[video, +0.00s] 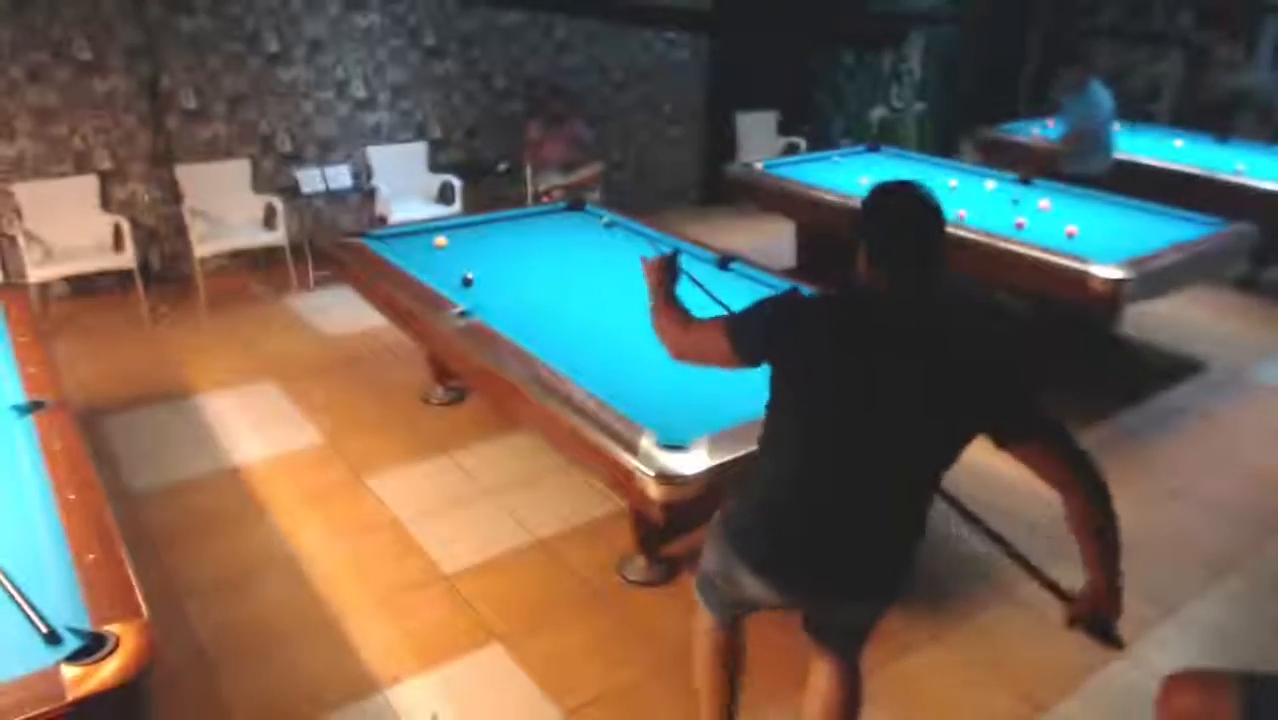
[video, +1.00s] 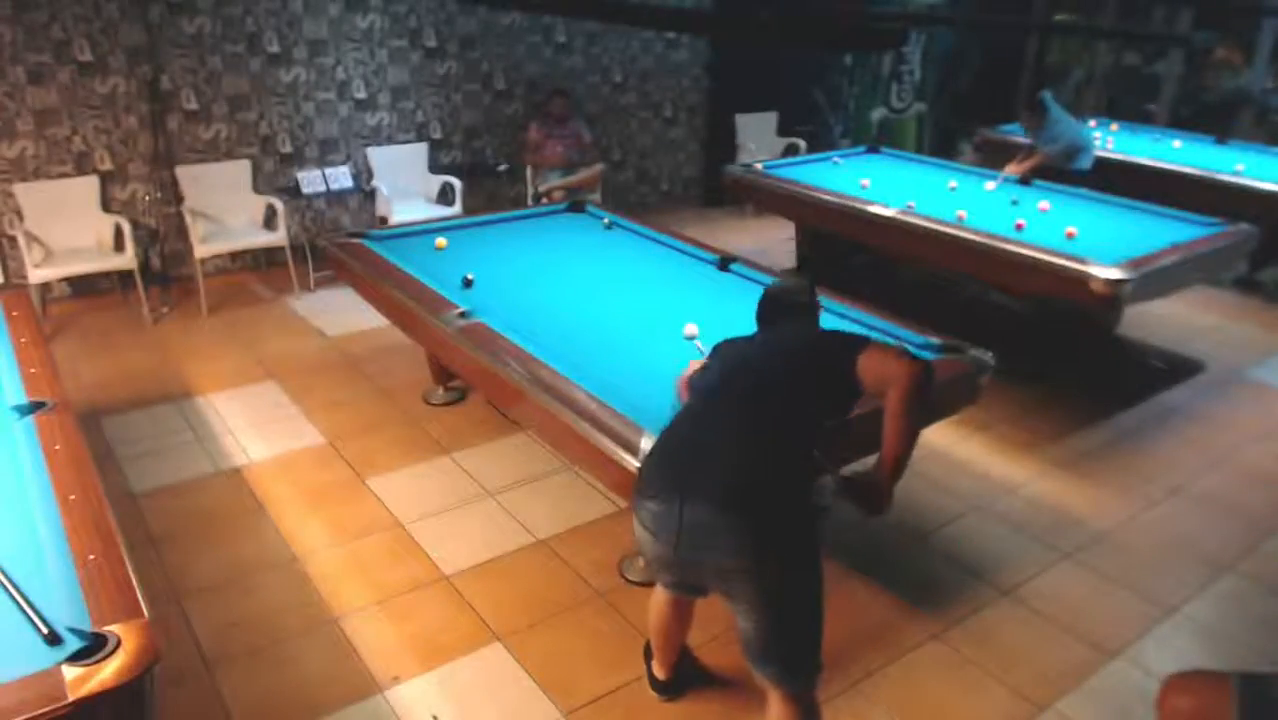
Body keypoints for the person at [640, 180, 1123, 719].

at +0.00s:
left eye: (863, 245)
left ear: (861, 253)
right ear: (939, 259)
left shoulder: (801, 321)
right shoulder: (967, 357)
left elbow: (682, 341)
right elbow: (1080, 483)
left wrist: (658, 289)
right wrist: (1103, 589)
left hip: (770, 537)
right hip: (871, 561)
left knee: (716, 608)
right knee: (836, 654)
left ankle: (717, 711)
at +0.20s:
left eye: (834, 244)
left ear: (836, 253)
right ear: (907, 258)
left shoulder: (783, 316)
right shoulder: (938, 345)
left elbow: (689, 362)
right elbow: (1026, 478)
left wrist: (687, 324)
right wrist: (1011, 580)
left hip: (752, 531)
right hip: (854, 554)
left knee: (698, 604)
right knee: (834, 652)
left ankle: (662, 669)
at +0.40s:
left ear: (804, 247)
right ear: (867, 252)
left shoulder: (755, 307)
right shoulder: (891, 326)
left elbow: (694, 379)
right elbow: (948, 442)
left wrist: (755, 360)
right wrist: (914, 526)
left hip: (722, 516)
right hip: (819, 530)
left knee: (685, 604)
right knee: (819, 652)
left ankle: (664, 672)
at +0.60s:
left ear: (774, 263)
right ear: (836, 269)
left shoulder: (737, 303)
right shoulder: (844, 313)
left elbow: (692, 372)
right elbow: (903, 384)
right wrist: (887, 482)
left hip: (674, 478)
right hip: (763, 497)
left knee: (675, 581)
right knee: (802, 657)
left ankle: (665, 669)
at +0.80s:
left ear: (760, 286)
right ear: (815, 288)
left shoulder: (728, 321)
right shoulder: (838, 324)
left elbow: (689, 378)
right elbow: (897, 373)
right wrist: (875, 477)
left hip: (661, 483)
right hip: (752, 498)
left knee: (674, 578)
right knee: (781, 677)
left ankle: (664, 671)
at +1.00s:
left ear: (761, 317)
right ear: (813, 317)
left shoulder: (729, 349)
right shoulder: (831, 348)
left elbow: (687, 385)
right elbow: (906, 372)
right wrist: (884, 477)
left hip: (659, 496)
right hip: (750, 510)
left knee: (673, 581)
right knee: (786, 683)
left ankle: (665, 671)